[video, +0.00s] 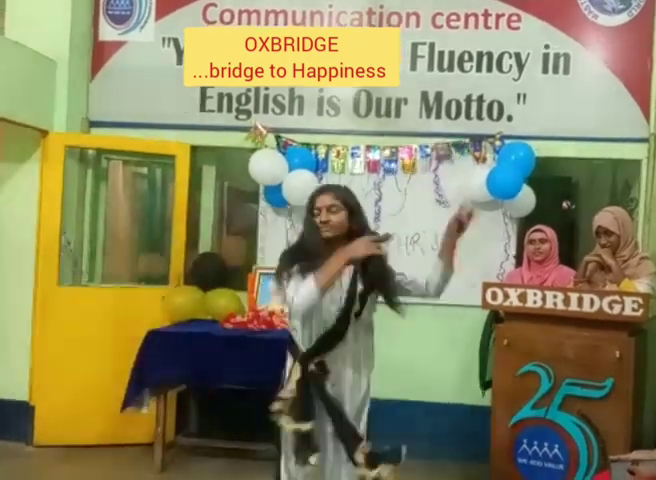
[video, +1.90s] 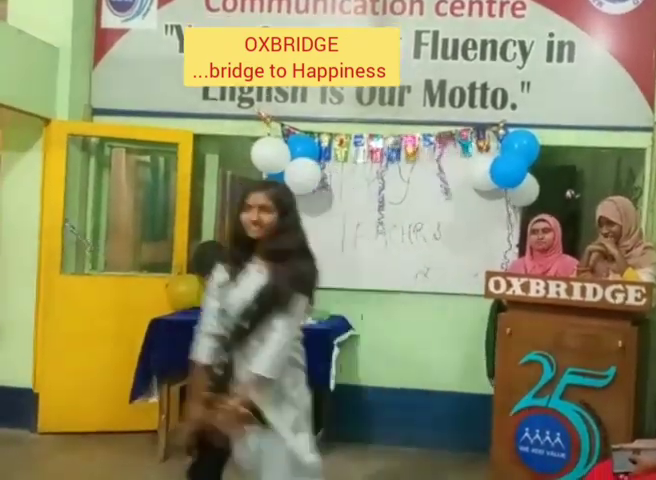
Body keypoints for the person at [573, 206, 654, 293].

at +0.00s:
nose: (602, 242)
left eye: (608, 234)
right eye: (598, 235)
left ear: (624, 233)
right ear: (595, 236)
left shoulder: (644, 265)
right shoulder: (592, 263)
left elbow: (640, 299)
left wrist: (613, 264)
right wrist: (584, 267)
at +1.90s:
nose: (604, 231)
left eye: (611, 224)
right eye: (600, 224)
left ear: (627, 223)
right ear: (597, 226)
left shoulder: (647, 254)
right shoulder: (595, 253)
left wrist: (617, 254)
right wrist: (587, 256)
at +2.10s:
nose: (604, 227)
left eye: (611, 220)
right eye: (601, 220)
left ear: (628, 219)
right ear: (597, 222)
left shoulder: (648, 251)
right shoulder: (595, 249)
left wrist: (617, 250)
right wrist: (587, 252)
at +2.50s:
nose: (605, 219)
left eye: (612, 211)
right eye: (602, 212)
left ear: (629, 211)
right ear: (599, 213)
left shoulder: (649, 243)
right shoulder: (596, 241)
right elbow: (580, 271)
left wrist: (618, 242)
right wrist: (588, 242)